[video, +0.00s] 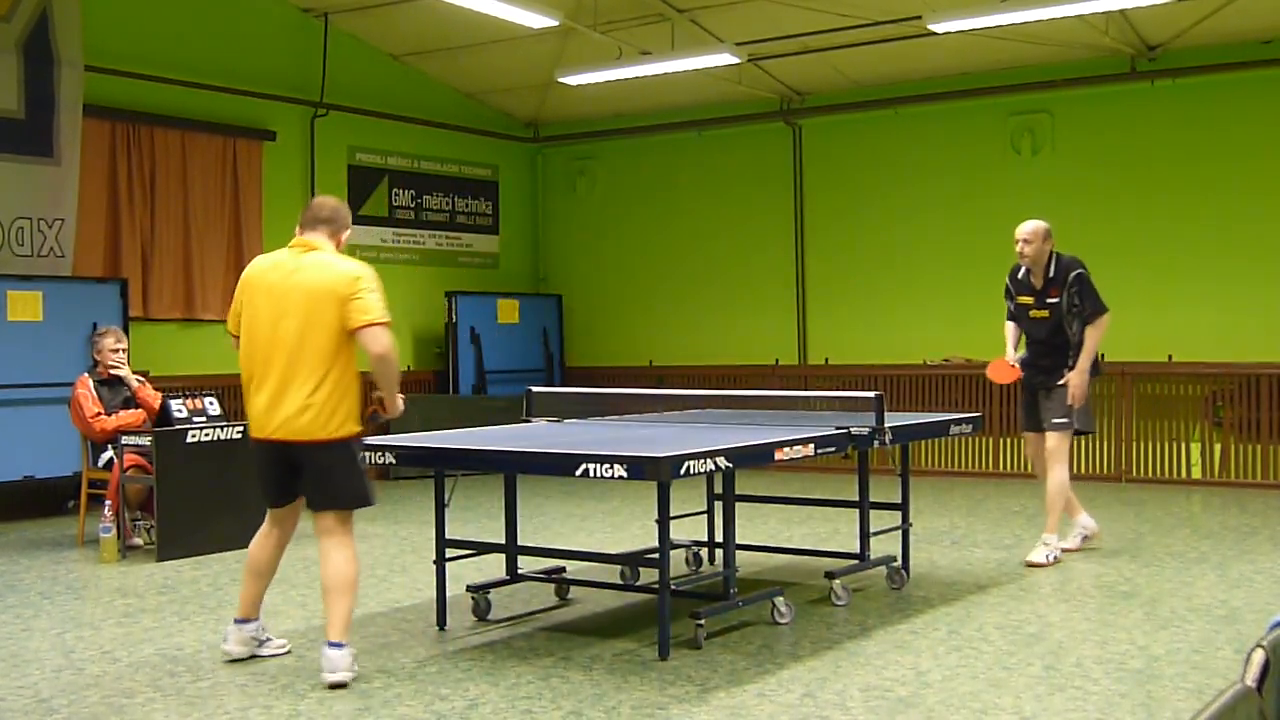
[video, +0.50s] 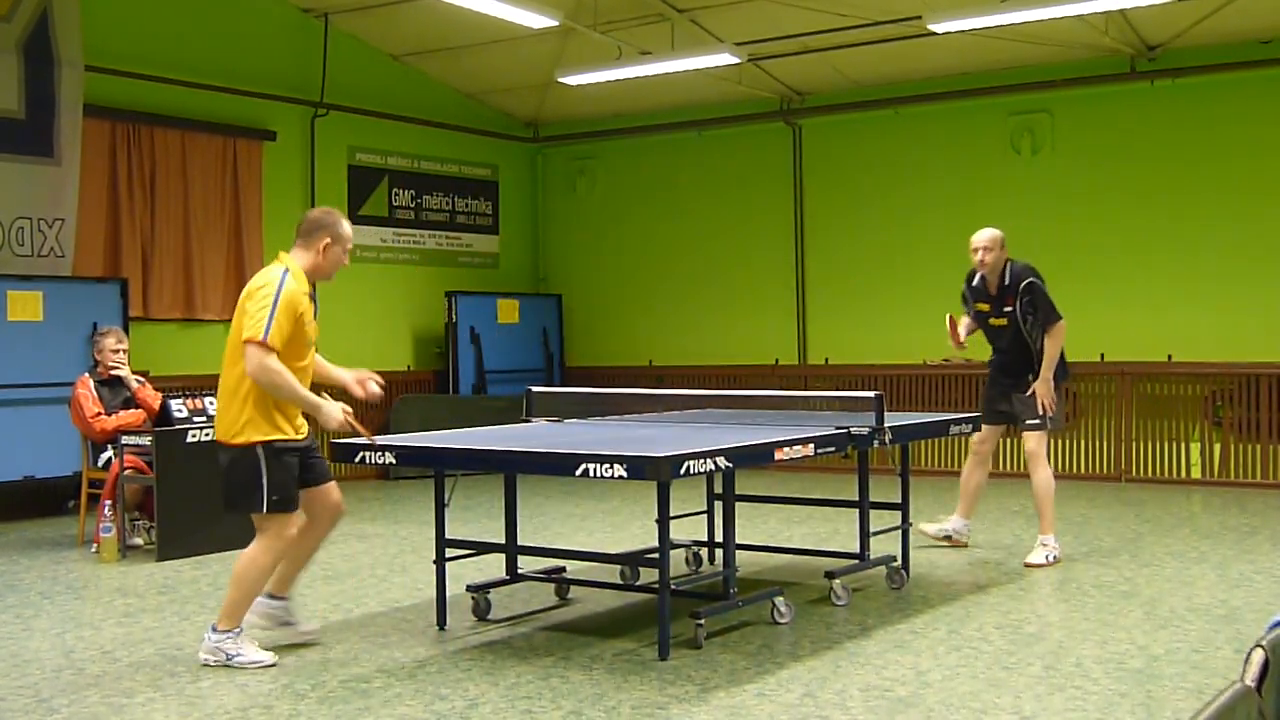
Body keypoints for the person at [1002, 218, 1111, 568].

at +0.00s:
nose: (1020, 248)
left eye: (1027, 242)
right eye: (1017, 242)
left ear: (1047, 245)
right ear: (1016, 245)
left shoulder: (1070, 272)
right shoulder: (1016, 276)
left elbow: (1099, 319)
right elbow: (1012, 318)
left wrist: (1082, 370)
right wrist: (1010, 351)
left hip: (1063, 372)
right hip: (1031, 372)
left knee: (1057, 455)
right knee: (1038, 456)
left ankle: (1050, 540)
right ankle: (1082, 521)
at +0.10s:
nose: (1014, 246)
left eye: (1022, 240)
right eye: (1012, 240)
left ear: (1042, 244)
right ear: (1011, 243)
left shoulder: (1064, 271)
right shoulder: (1012, 274)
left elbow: (1090, 319)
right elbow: (1010, 315)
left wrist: (1073, 372)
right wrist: (1005, 347)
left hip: (1056, 373)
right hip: (1025, 371)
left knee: (1049, 454)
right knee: (1017, 451)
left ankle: (1049, 541)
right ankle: (1067, 513)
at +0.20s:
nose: (1005, 244)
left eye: (1012, 238)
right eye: (1002, 238)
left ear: (1032, 242)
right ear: (1000, 242)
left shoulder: (1052, 271)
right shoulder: (1003, 272)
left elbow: (1077, 322)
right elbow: (1005, 309)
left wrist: (1062, 372)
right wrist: (996, 340)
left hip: (1051, 370)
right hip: (1019, 367)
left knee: (1046, 452)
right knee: (999, 442)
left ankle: (1049, 540)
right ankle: (1036, 510)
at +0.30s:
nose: (1000, 245)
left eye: (1007, 239)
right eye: (996, 240)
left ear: (1025, 242)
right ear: (992, 244)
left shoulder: (1044, 271)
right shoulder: (996, 273)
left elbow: (1071, 322)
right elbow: (999, 307)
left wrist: (1057, 371)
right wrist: (988, 334)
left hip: (1048, 369)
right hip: (1016, 366)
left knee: (1043, 450)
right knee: (993, 439)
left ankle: (1049, 540)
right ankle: (1012, 517)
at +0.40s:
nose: (989, 251)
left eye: (996, 244)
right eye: (984, 245)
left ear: (1012, 248)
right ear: (979, 250)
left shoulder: (1032, 274)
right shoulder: (982, 278)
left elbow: (1062, 324)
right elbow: (986, 310)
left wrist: (1050, 374)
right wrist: (973, 329)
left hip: (1040, 370)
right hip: (1008, 369)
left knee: (1039, 451)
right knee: (988, 443)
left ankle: (1048, 541)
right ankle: (970, 523)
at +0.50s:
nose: (981, 256)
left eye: (988, 250)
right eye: (976, 251)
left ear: (1003, 252)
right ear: (971, 255)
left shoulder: (1025, 279)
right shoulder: (973, 283)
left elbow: (1056, 328)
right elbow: (976, 316)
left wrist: (1046, 378)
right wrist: (962, 332)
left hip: (1036, 371)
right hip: (1002, 370)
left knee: (1034, 450)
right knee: (981, 444)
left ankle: (1047, 542)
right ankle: (958, 526)